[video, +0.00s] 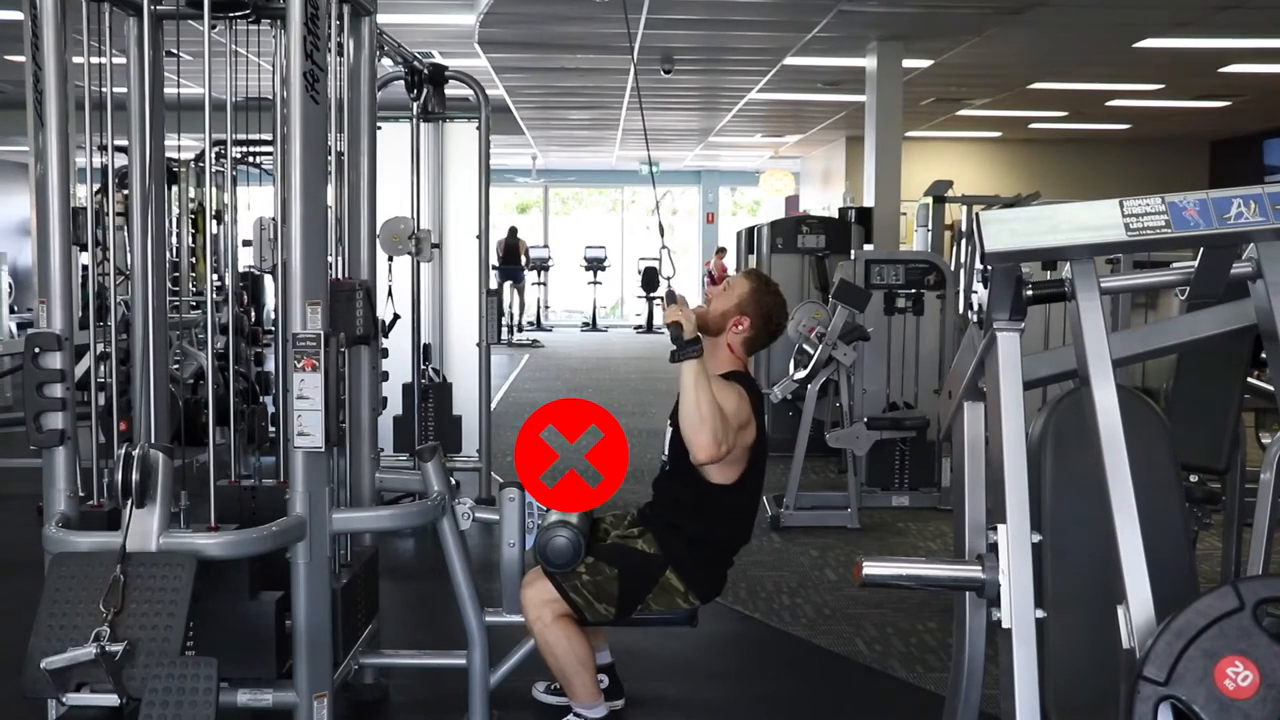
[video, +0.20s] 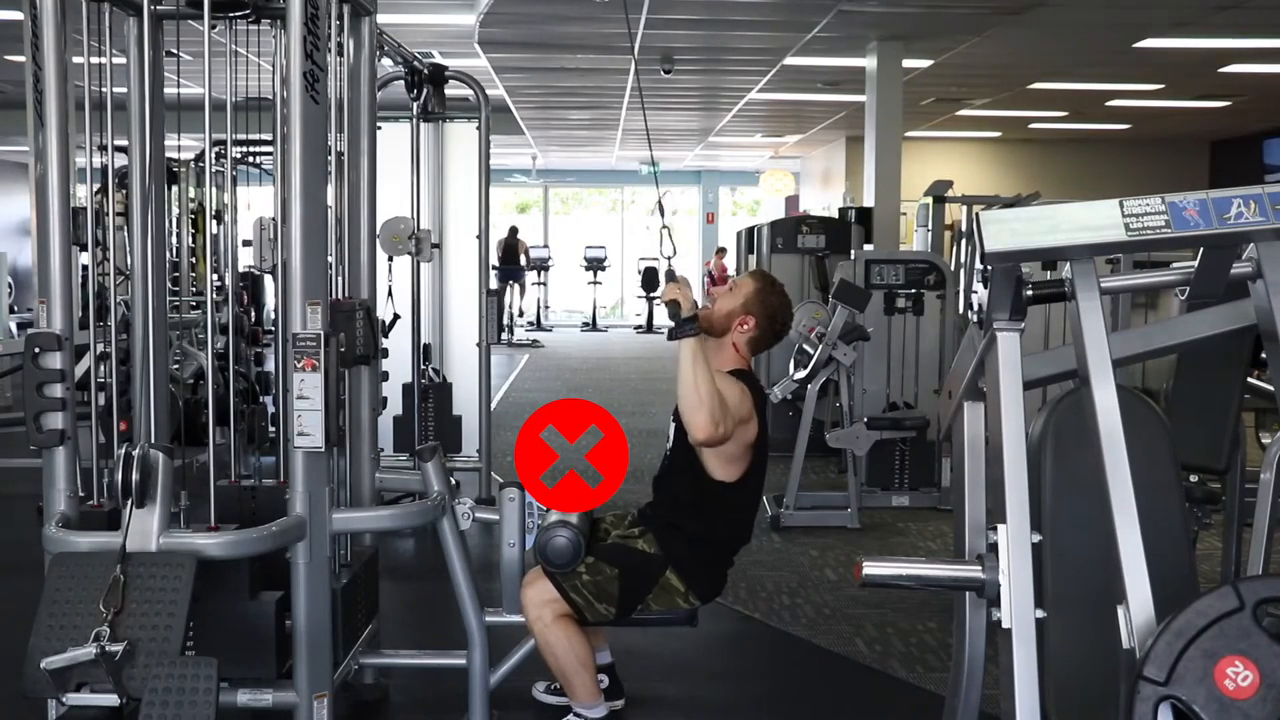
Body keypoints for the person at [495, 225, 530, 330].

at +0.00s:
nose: (512, 235)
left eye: (511, 232)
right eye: (514, 233)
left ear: (507, 233)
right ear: (517, 233)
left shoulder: (500, 243)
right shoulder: (522, 243)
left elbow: (498, 258)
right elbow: (528, 258)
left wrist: (501, 266)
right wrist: (526, 267)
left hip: (503, 270)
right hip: (517, 270)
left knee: (500, 284)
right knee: (521, 297)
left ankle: (500, 309)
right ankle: (520, 321)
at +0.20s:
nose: (512, 235)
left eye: (511, 232)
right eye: (514, 233)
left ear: (508, 232)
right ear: (517, 233)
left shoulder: (500, 242)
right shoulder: (521, 243)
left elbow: (499, 256)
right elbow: (527, 258)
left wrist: (502, 265)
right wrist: (527, 266)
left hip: (504, 269)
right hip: (517, 269)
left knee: (501, 292)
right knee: (522, 285)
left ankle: (500, 317)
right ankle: (520, 305)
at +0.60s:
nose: (507, 236)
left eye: (507, 233)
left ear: (505, 233)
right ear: (515, 234)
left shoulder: (500, 243)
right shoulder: (520, 244)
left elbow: (498, 258)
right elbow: (528, 259)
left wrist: (501, 266)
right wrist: (523, 267)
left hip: (504, 270)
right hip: (517, 271)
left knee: (499, 291)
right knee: (521, 295)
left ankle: (499, 316)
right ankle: (521, 320)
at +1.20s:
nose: (511, 236)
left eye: (510, 234)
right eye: (512, 234)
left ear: (506, 233)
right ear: (515, 234)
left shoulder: (499, 242)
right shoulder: (519, 244)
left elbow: (498, 256)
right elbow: (528, 259)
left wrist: (501, 265)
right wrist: (525, 266)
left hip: (503, 269)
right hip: (516, 270)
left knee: (501, 291)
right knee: (522, 285)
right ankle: (520, 305)